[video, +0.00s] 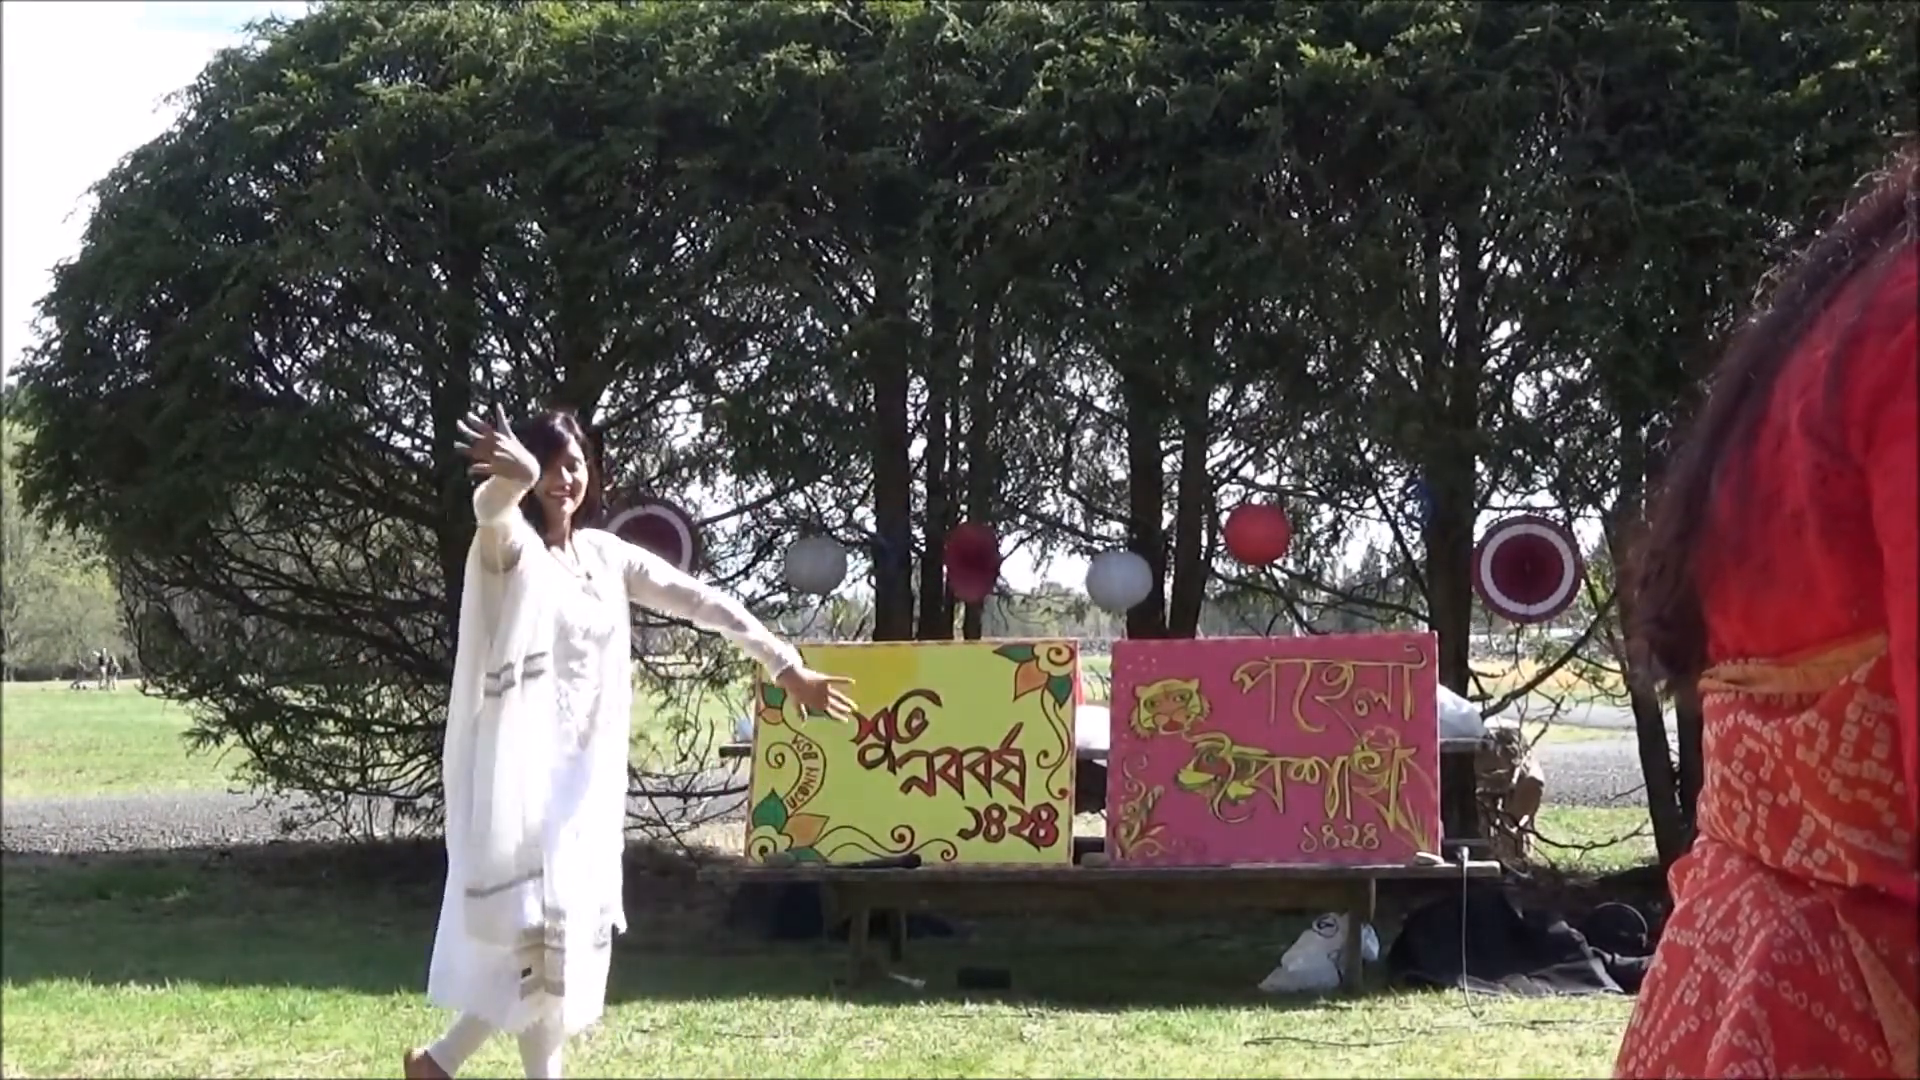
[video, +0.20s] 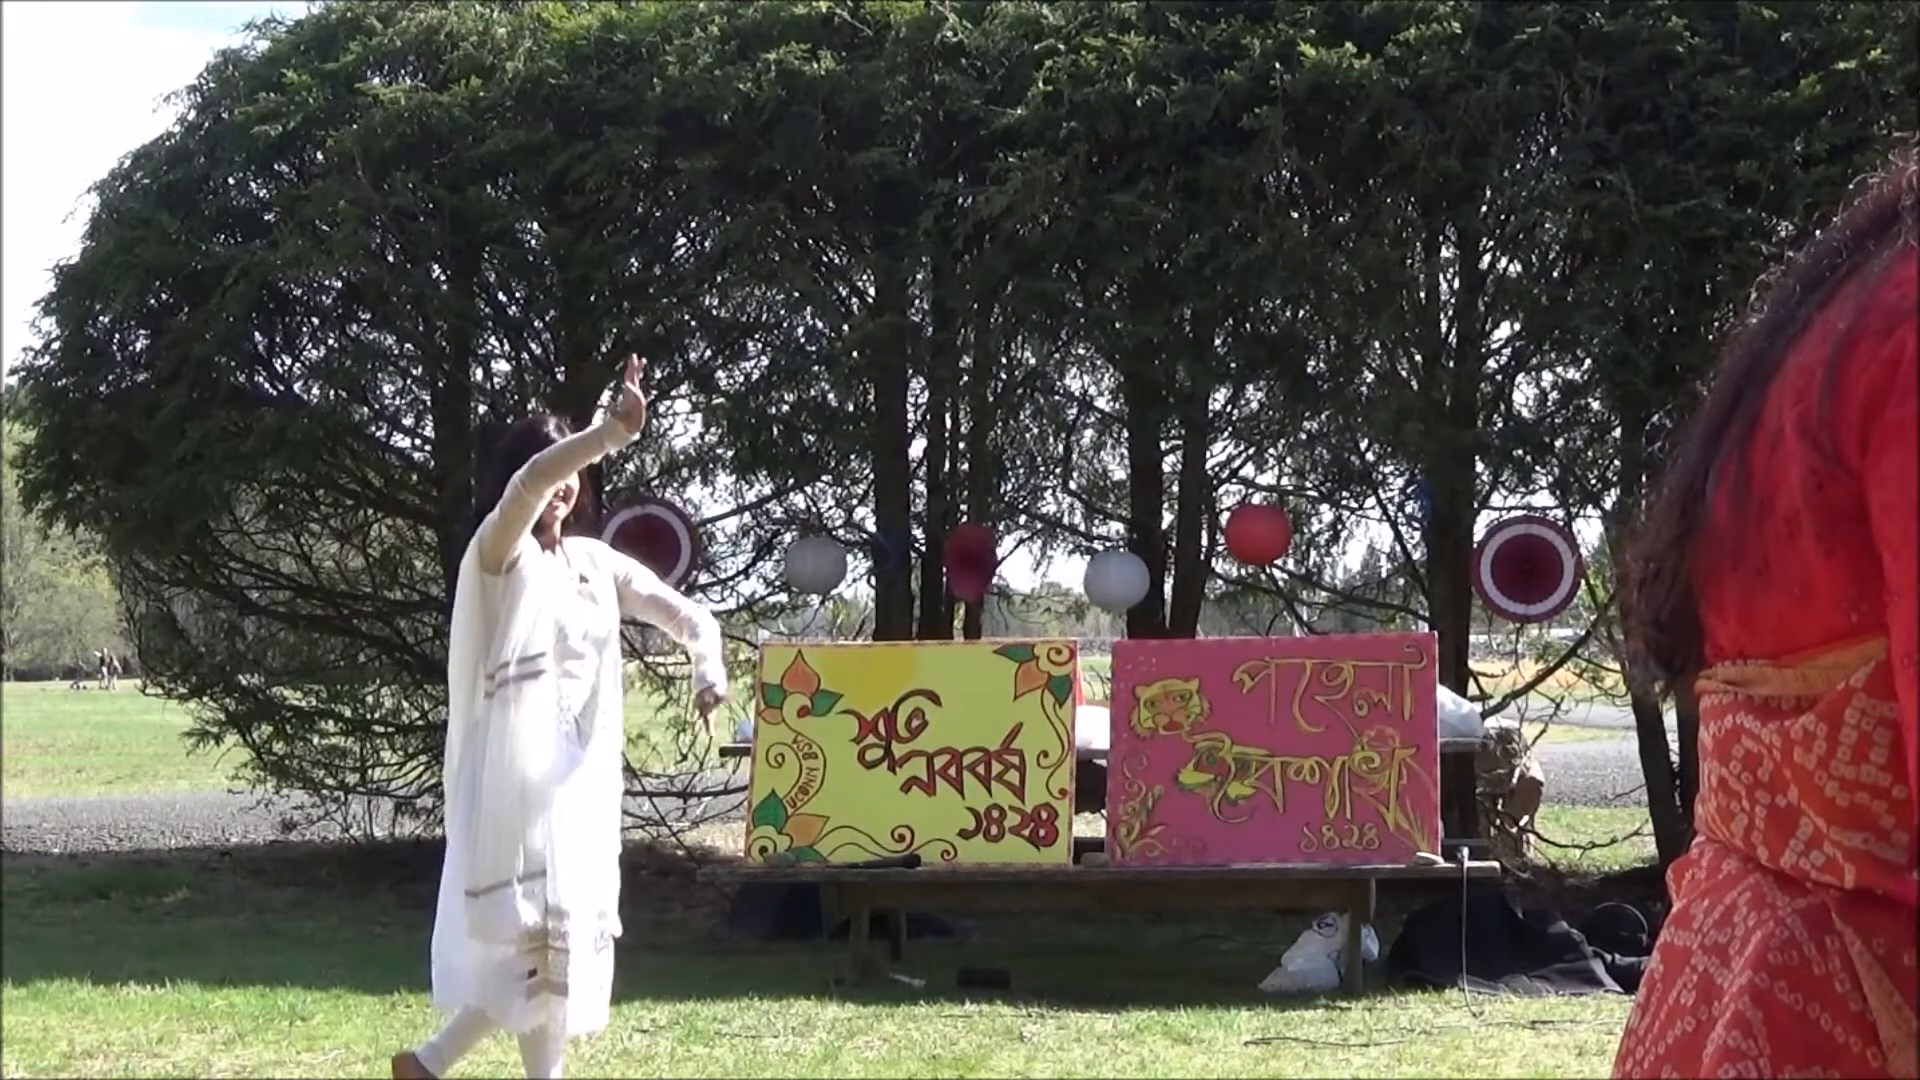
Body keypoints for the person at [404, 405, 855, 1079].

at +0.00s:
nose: (564, 478)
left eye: (576, 465)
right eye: (552, 465)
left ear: (591, 476)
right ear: (527, 474)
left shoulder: (606, 554)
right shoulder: (508, 546)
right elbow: (492, 510)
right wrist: (520, 473)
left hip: (584, 782)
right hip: (514, 781)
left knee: (563, 943)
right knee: (542, 942)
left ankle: (438, 1060)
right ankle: (544, 1073)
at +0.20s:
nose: (559, 485)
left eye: (569, 471)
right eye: (542, 471)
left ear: (582, 485)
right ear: (509, 483)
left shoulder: (598, 562)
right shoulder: (496, 560)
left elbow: (692, 618)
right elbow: (528, 483)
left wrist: (709, 667)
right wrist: (609, 434)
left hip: (581, 786)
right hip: (509, 786)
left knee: (554, 950)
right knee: (541, 951)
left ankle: (428, 1061)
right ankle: (546, 1072)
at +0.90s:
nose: (534, 516)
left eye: (544, 502)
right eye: (518, 505)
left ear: (560, 510)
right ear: (497, 516)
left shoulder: (589, 583)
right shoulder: (488, 589)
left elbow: (685, 653)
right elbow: (462, 516)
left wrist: (631, 673)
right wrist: (538, 467)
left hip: (587, 786)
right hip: (515, 786)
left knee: (579, 949)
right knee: (542, 954)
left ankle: (421, 947)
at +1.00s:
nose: (529, 516)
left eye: (540, 500)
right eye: (513, 505)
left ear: (558, 506)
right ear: (493, 518)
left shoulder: (589, 581)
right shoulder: (485, 587)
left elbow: (684, 653)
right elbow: (459, 509)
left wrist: (629, 674)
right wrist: (538, 463)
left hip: (587, 778)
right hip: (511, 777)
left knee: (583, 934)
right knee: (535, 937)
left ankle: (431, 924)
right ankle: (425, 923)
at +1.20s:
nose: (522, 513)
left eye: (533, 497)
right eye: (508, 503)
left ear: (553, 500)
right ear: (489, 516)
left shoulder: (588, 576)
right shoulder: (481, 582)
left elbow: (677, 654)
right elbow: (458, 503)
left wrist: (625, 686)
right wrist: (541, 458)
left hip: (581, 791)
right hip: (508, 790)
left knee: (563, 966)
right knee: (540, 965)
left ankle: (425, 1072)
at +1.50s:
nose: (523, 496)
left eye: (535, 480)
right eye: (508, 484)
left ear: (556, 485)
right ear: (488, 496)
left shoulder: (590, 558)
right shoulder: (480, 565)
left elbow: (676, 639)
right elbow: (460, 479)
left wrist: (621, 681)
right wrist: (559, 442)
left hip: (575, 779)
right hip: (502, 777)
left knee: (529, 950)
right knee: (534, 948)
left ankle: (413, 1069)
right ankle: (544, 1072)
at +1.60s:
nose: (525, 494)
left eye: (537, 478)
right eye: (511, 481)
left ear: (558, 483)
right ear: (490, 494)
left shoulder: (589, 554)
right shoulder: (482, 559)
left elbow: (675, 635)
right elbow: (462, 474)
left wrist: (622, 676)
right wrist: (567, 438)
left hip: (577, 771)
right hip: (506, 770)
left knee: (522, 948)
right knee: (537, 944)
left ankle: (412, 1070)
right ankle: (544, 1072)